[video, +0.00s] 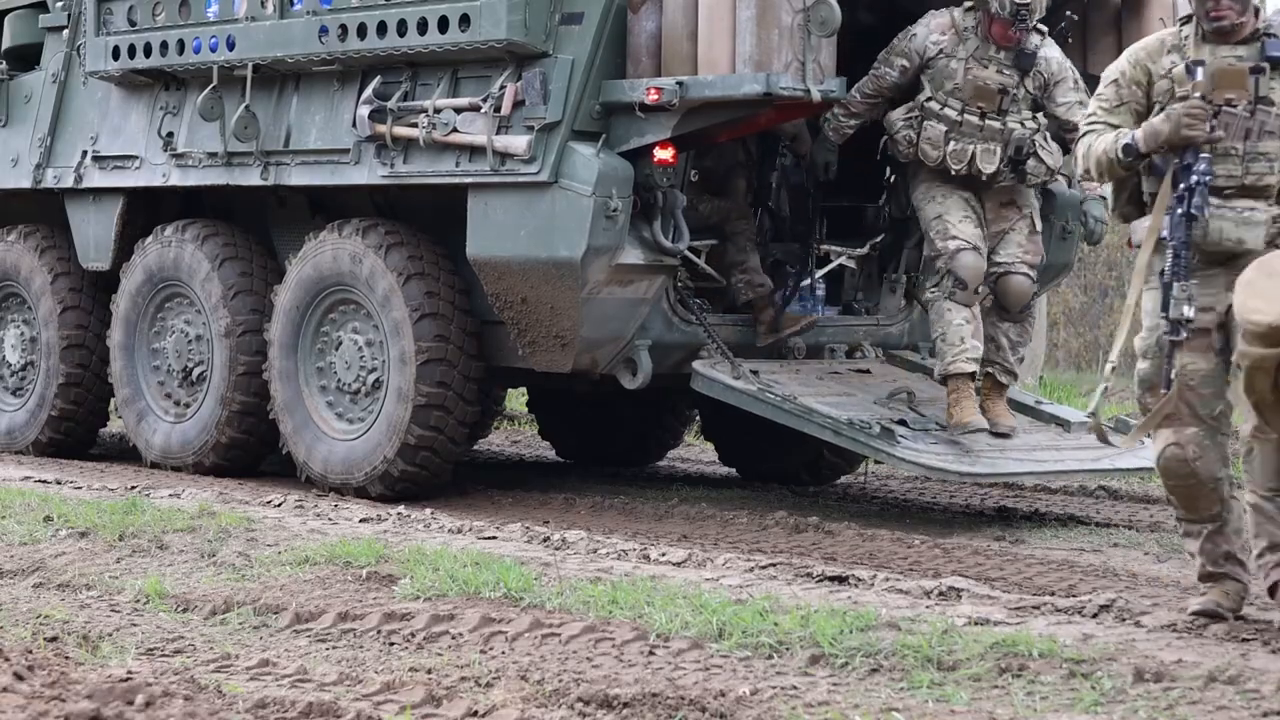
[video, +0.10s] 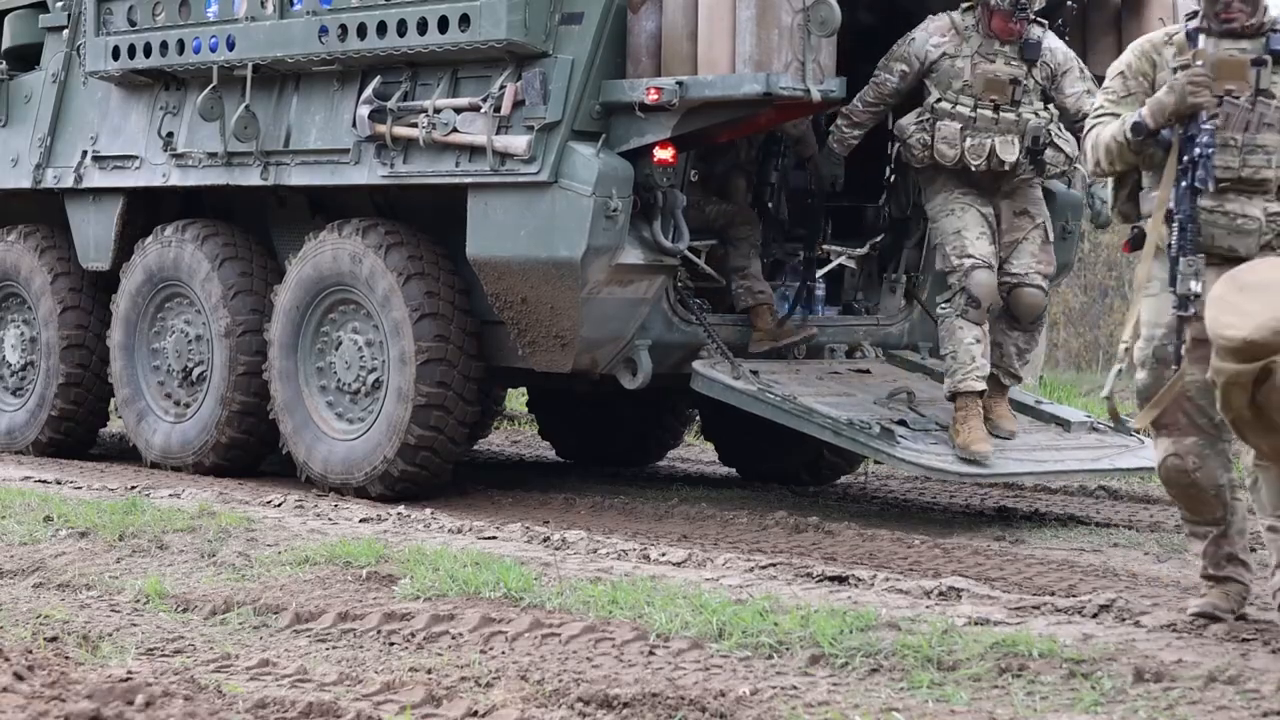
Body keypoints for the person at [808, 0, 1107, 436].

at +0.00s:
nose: (1016, 35)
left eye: (1026, 27)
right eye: (1010, 22)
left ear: (1037, 22)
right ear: (988, 9)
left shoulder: (1047, 59)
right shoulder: (936, 33)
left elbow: (1081, 129)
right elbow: (877, 87)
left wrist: (1091, 190)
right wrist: (829, 135)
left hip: (1010, 181)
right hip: (940, 173)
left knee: (1017, 285)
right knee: (964, 268)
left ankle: (995, 394)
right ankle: (961, 393)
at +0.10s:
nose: (1020, 26)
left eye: (1028, 18)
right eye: (1012, 15)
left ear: (1037, 15)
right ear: (986, 6)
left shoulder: (1049, 49)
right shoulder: (937, 37)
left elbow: (1094, 113)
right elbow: (878, 93)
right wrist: (836, 147)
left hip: (1020, 184)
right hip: (953, 180)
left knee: (1030, 296)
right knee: (977, 285)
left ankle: (997, 391)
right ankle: (968, 408)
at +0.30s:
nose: (1025, 28)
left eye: (1032, 20)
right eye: (1016, 18)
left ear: (1041, 19)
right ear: (991, 13)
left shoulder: (1062, 57)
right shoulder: (946, 57)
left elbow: (1115, 108)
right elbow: (898, 134)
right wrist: (865, 204)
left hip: (1036, 201)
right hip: (967, 200)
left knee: (1074, 294)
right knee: (996, 295)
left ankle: (1036, 400)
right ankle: (975, 419)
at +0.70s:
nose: (1067, 54)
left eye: (1075, 43)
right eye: (1056, 44)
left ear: (1088, 43)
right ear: (1032, 46)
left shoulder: (1096, 95)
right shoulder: (999, 95)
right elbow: (933, 146)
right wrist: (901, 204)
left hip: (1079, 245)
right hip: (1012, 245)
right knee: (1036, 349)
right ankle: (988, 435)